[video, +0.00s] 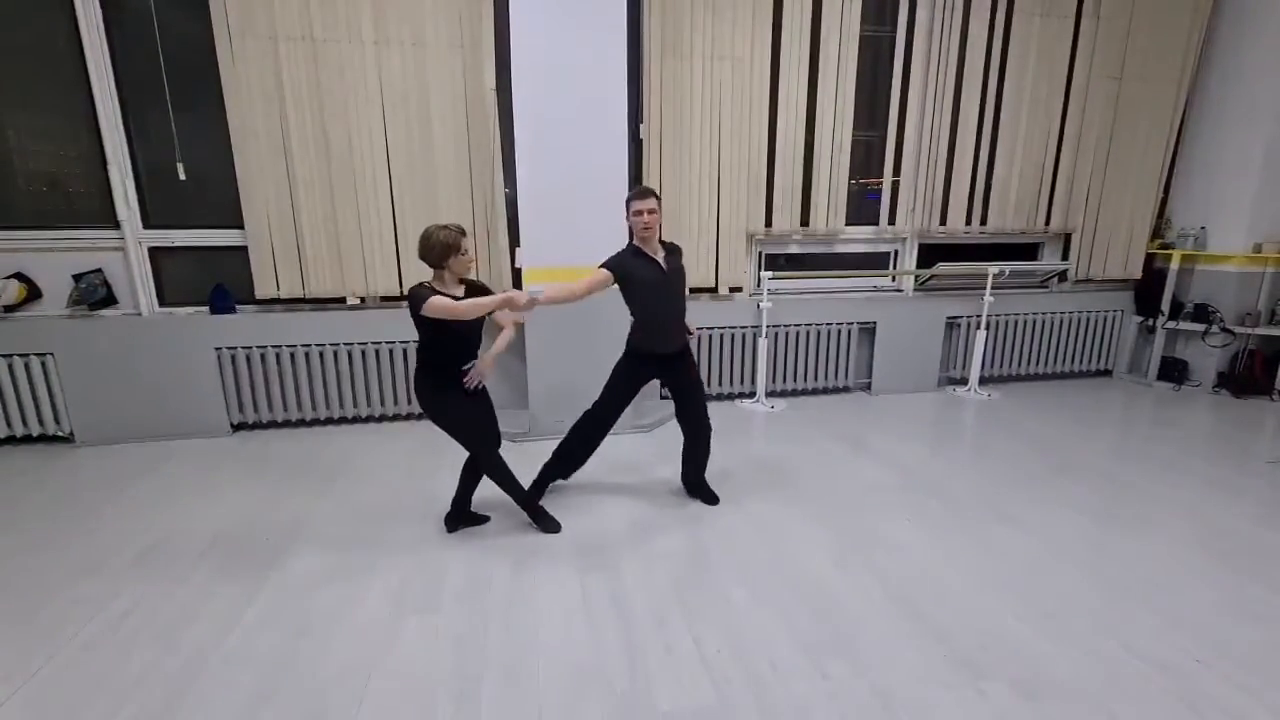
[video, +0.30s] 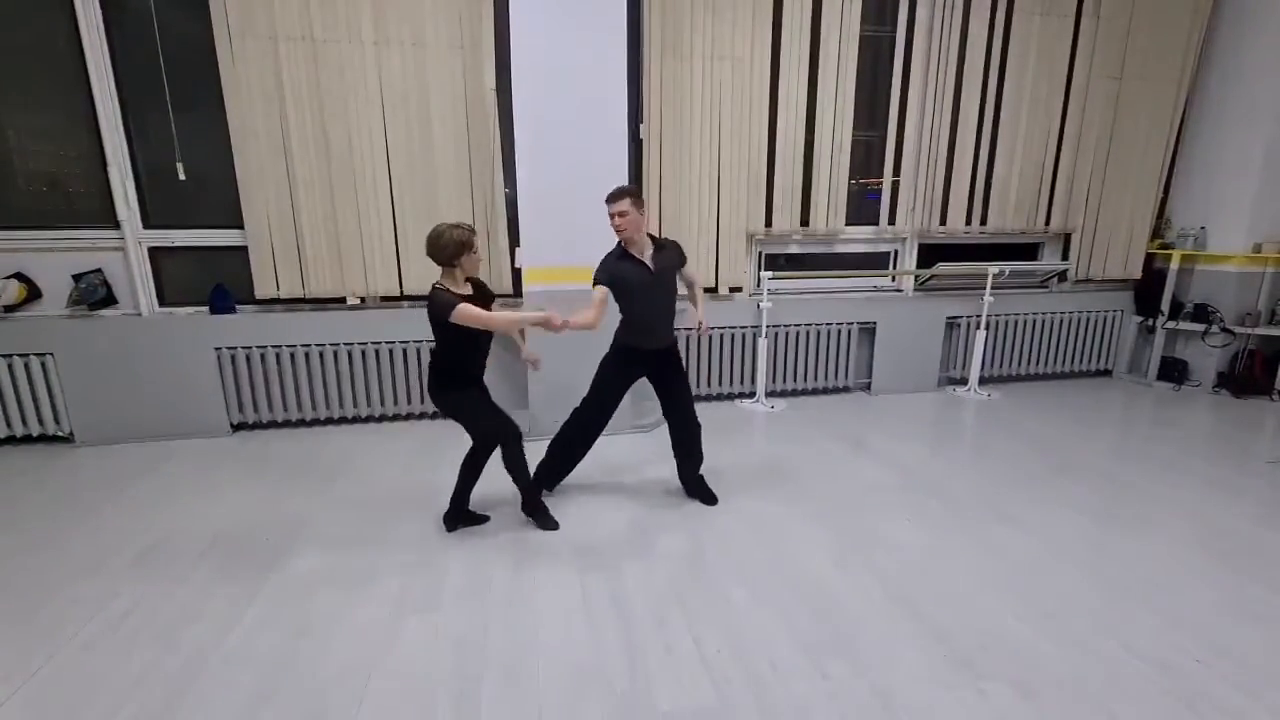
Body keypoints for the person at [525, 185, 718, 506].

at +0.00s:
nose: (645, 219)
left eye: (651, 213)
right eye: (637, 214)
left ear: (660, 216)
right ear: (628, 220)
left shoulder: (674, 253)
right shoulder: (623, 262)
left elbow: (670, 295)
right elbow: (580, 290)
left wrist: (682, 323)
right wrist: (534, 298)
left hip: (678, 353)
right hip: (641, 354)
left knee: (699, 426)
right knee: (601, 416)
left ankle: (694, 478)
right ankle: (547, 476)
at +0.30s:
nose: (616, 222)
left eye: (623, 214)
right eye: (612, 216)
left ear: (643, 214)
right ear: (610, 220)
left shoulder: (671, 251)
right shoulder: (611, 264)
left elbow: (693, 283)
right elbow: (594, 317)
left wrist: (699, 312)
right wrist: (566, 322)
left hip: (664, 351)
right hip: (626, 353)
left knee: (684, 418)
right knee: (591, 415)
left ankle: (692, 478)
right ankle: (541, 481)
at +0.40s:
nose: (607, 227)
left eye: (613, 219)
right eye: (604, 221)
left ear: (634, 217)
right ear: (604, 224)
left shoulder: (671, 252)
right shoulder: (608, 269)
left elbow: (701, 286)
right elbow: (602, 321)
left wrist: (699, 308)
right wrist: (588, 333)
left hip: (658, 353)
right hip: (618, 351)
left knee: (681, 418)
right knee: (582, 413)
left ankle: (692, 479)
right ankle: (543, 477)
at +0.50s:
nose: (604, 227)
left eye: (610, 219)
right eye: (601, 221)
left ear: (631, 218)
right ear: (602, 223)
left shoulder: (665, 255)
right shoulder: (604, 265)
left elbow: (695, 296)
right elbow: (586, 307)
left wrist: (677, 317)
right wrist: (578, 331)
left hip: (652, 352)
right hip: (611, 350)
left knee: (677, 416)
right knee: (573, 410)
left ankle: (691, 479)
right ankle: (533, 470)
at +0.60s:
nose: (603, 223)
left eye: (610, 217)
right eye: (600, 217)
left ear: (630, 217)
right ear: (597, 220)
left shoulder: (651, 260)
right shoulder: (591, 255)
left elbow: (675, 308)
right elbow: (550, 272)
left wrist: (650, 326)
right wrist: (520, 286)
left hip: (642, 356)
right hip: (602, 354)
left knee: (673, 418)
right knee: (568, 413)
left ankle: (691, 478)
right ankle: (527, 466)